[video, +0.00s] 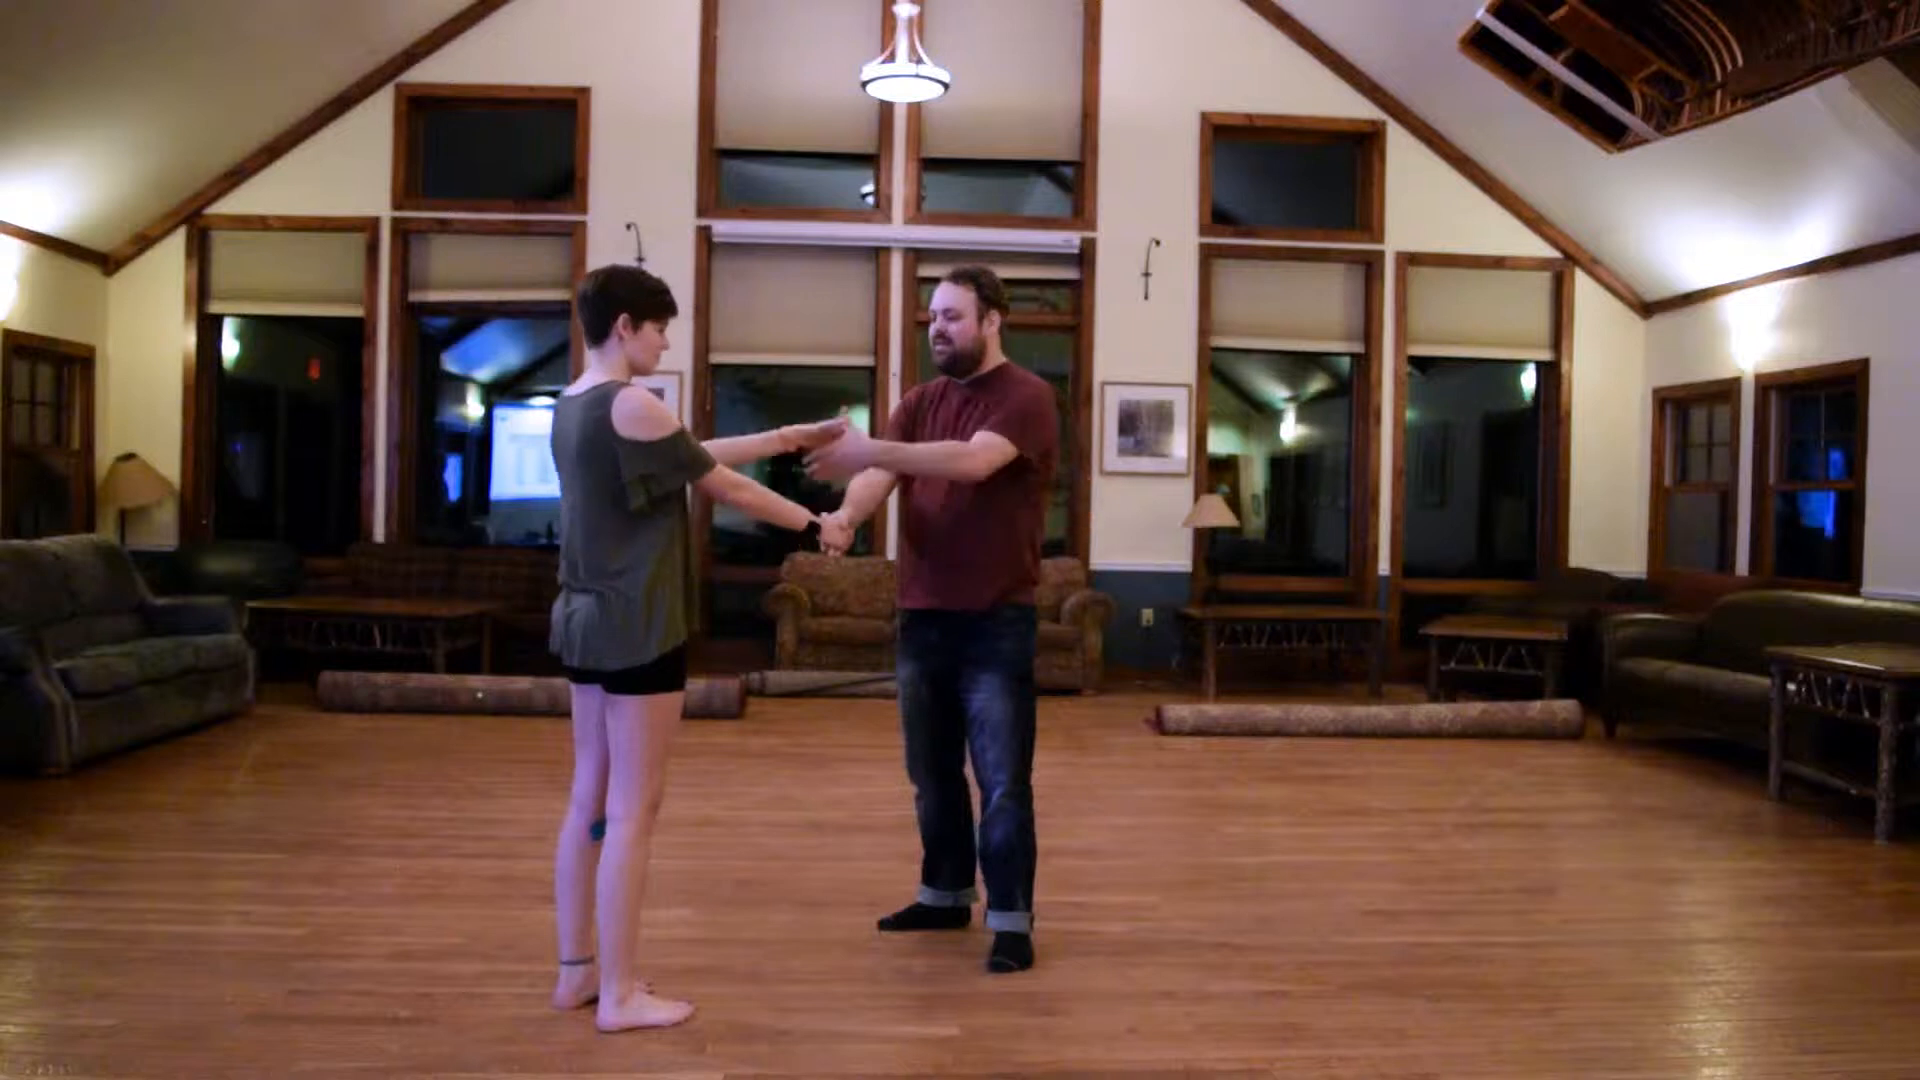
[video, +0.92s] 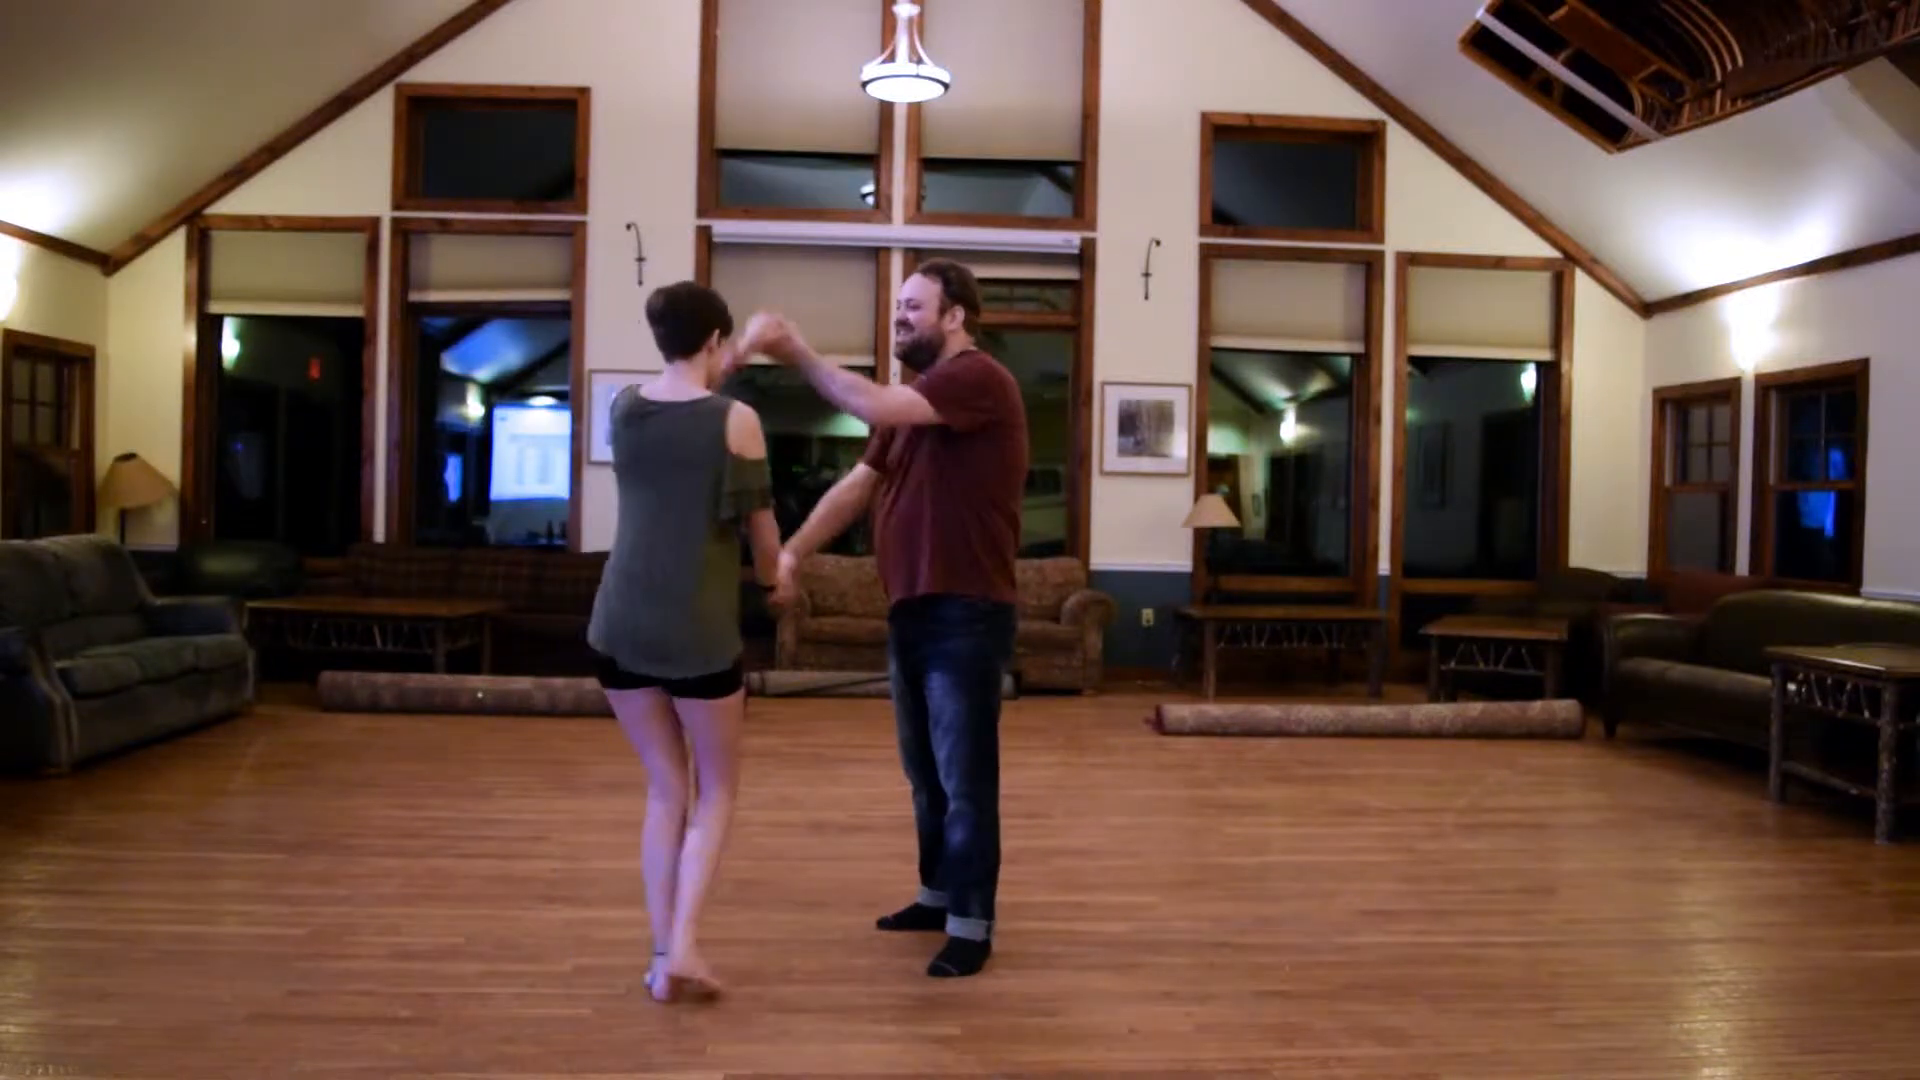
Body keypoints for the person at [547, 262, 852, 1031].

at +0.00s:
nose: (665, 341)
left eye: (665, 329)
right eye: (660, 329)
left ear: (606, 330)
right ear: (627, 329)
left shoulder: (575, 403)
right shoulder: (636, 409)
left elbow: (684, 456)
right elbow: (720, 484)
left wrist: (778, 441)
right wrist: (808, 520)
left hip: (584, 624)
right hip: (640, 632)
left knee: (586, 803)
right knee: (634, 809)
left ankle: (573, 970)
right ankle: (618, 994)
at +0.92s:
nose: (726, 347)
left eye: (724, 336)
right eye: (726, 337)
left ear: (657, 341)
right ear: (715, 343)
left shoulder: (625, 411)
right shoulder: (738, 419)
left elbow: (679, 388)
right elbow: (759, 529)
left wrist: (736, 351)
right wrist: (775, 575)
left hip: (618, 625)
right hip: (699, 631)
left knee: (666, 789)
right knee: (716, 793)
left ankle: (664, 954)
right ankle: (680, 946)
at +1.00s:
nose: (735, 342)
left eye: (667, 336)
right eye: (735, 333)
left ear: (667, 345)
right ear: (732, 343)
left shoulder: (641, 408)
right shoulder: (757, 424)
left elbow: (643, 373)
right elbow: (759, 530)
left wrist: (661, 354)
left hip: (631, 625)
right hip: (717, 633)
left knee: (662, 790)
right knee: (714, 785)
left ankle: (663, 959)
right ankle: (732, 943)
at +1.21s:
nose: (695, 339)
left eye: (701, 327)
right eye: (714, 330)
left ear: (703, 337)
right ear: (761, 349)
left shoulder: (687, 383)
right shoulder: (775, 424)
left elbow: (637, 296)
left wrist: (711, 250)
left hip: (678, 610)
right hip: (747, 616)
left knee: (670, 795)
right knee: (713, 792)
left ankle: (672, 954)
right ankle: (746, 929)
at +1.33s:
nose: (705, 348)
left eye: (717, 339)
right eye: (709, 336)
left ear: (745, 348)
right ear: (746, 349)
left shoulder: (771, 413)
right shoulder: (715, 402)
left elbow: (704, 383)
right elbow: (648, 378)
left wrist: (719, 304)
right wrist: (670, 300)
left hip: (739, 615)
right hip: (719, 609)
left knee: (675, 777)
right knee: (714, 780)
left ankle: (750, 927)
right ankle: (740, 924)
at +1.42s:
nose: (712, 355)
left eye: (725, 345)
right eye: (707, 345)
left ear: (758, 351)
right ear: (701, 355)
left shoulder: (785, 418)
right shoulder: (694, 403)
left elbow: (754, 437)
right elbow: (636, 339)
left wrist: (764, 341)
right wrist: (678, 261)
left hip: (755, 615)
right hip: (695, 608)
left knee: (714, 784)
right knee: (710, 782)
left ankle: (791, 908)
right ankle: (746, 925)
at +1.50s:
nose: (726, 350)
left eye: (738, 339)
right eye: (717, 341)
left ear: (767, 345)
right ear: (708, 351)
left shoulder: (795, 417)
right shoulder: (698, 404)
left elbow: (795, 477)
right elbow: (639, 317)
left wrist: (796, 388)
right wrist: (696, 250)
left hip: (772, 611)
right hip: (699, 603)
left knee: (751, 782)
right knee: (717, 777)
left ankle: (796, 897)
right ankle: (748, 929)